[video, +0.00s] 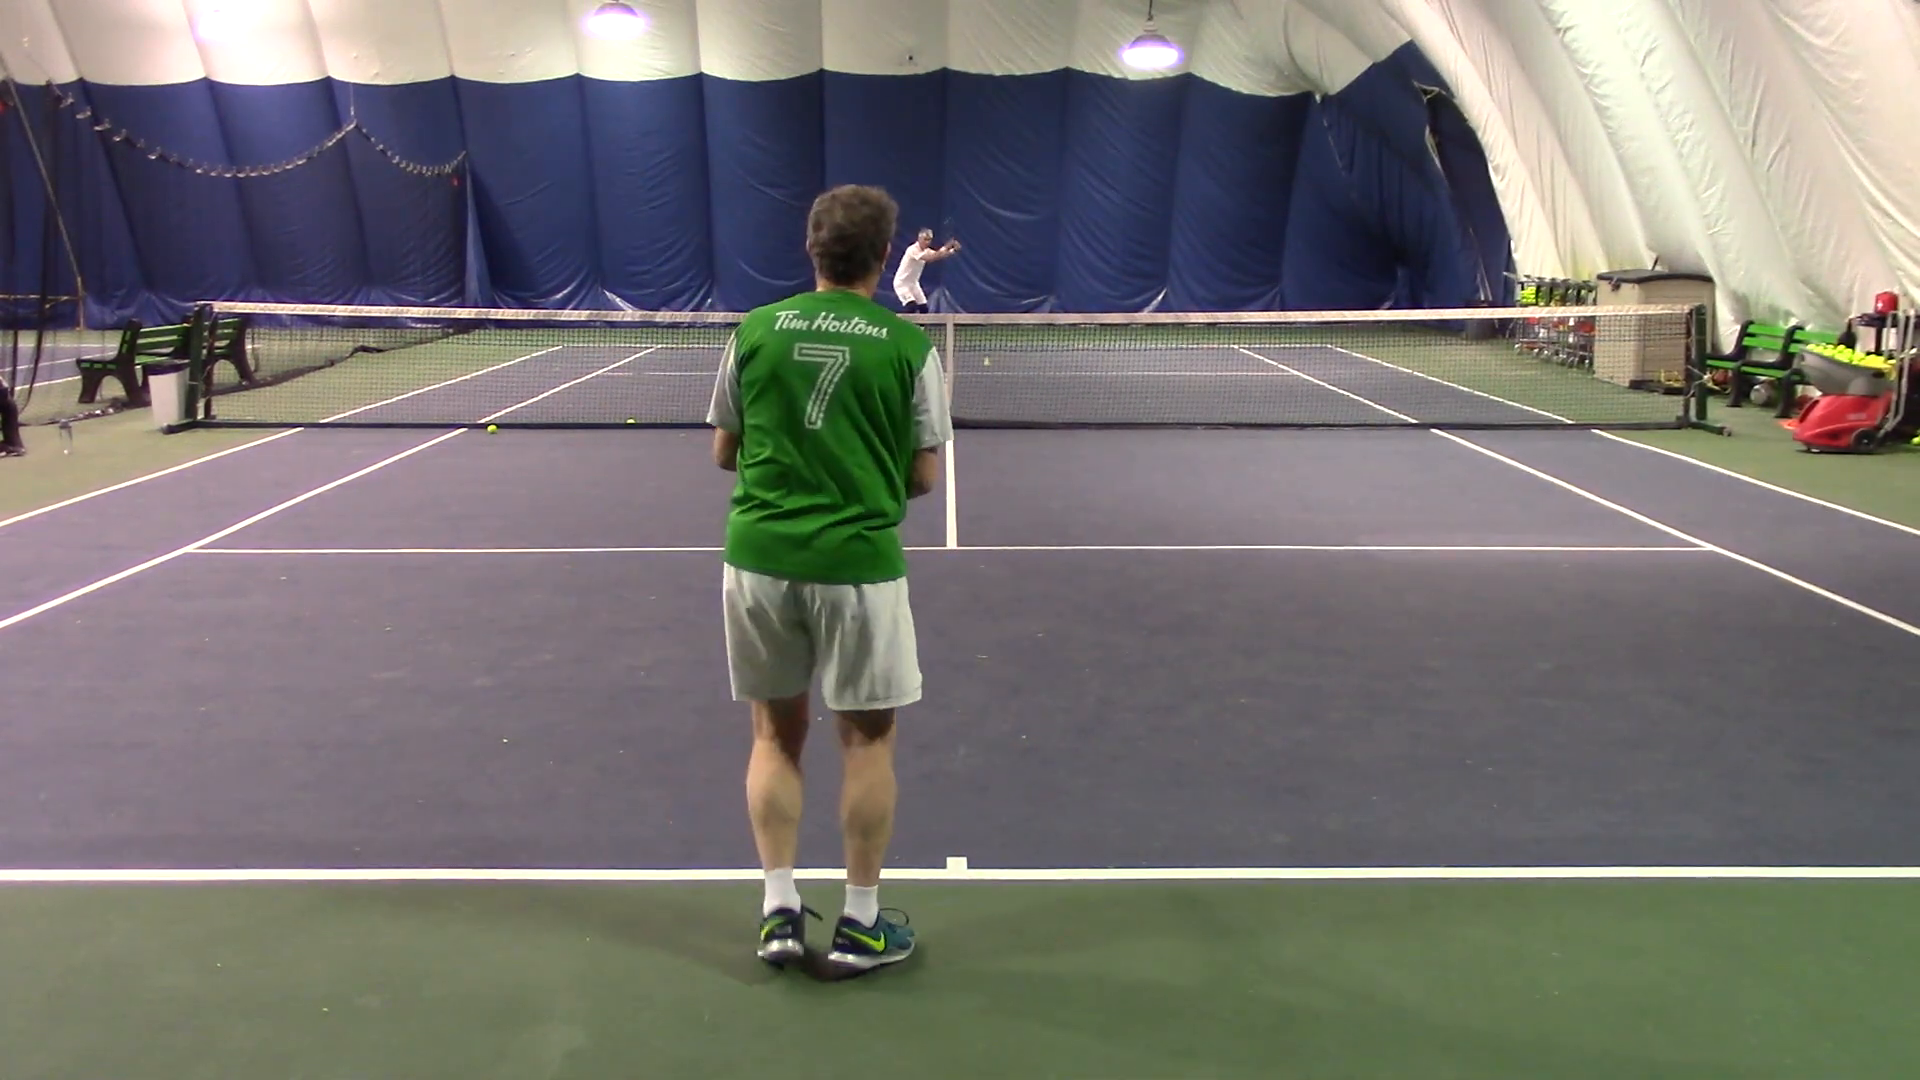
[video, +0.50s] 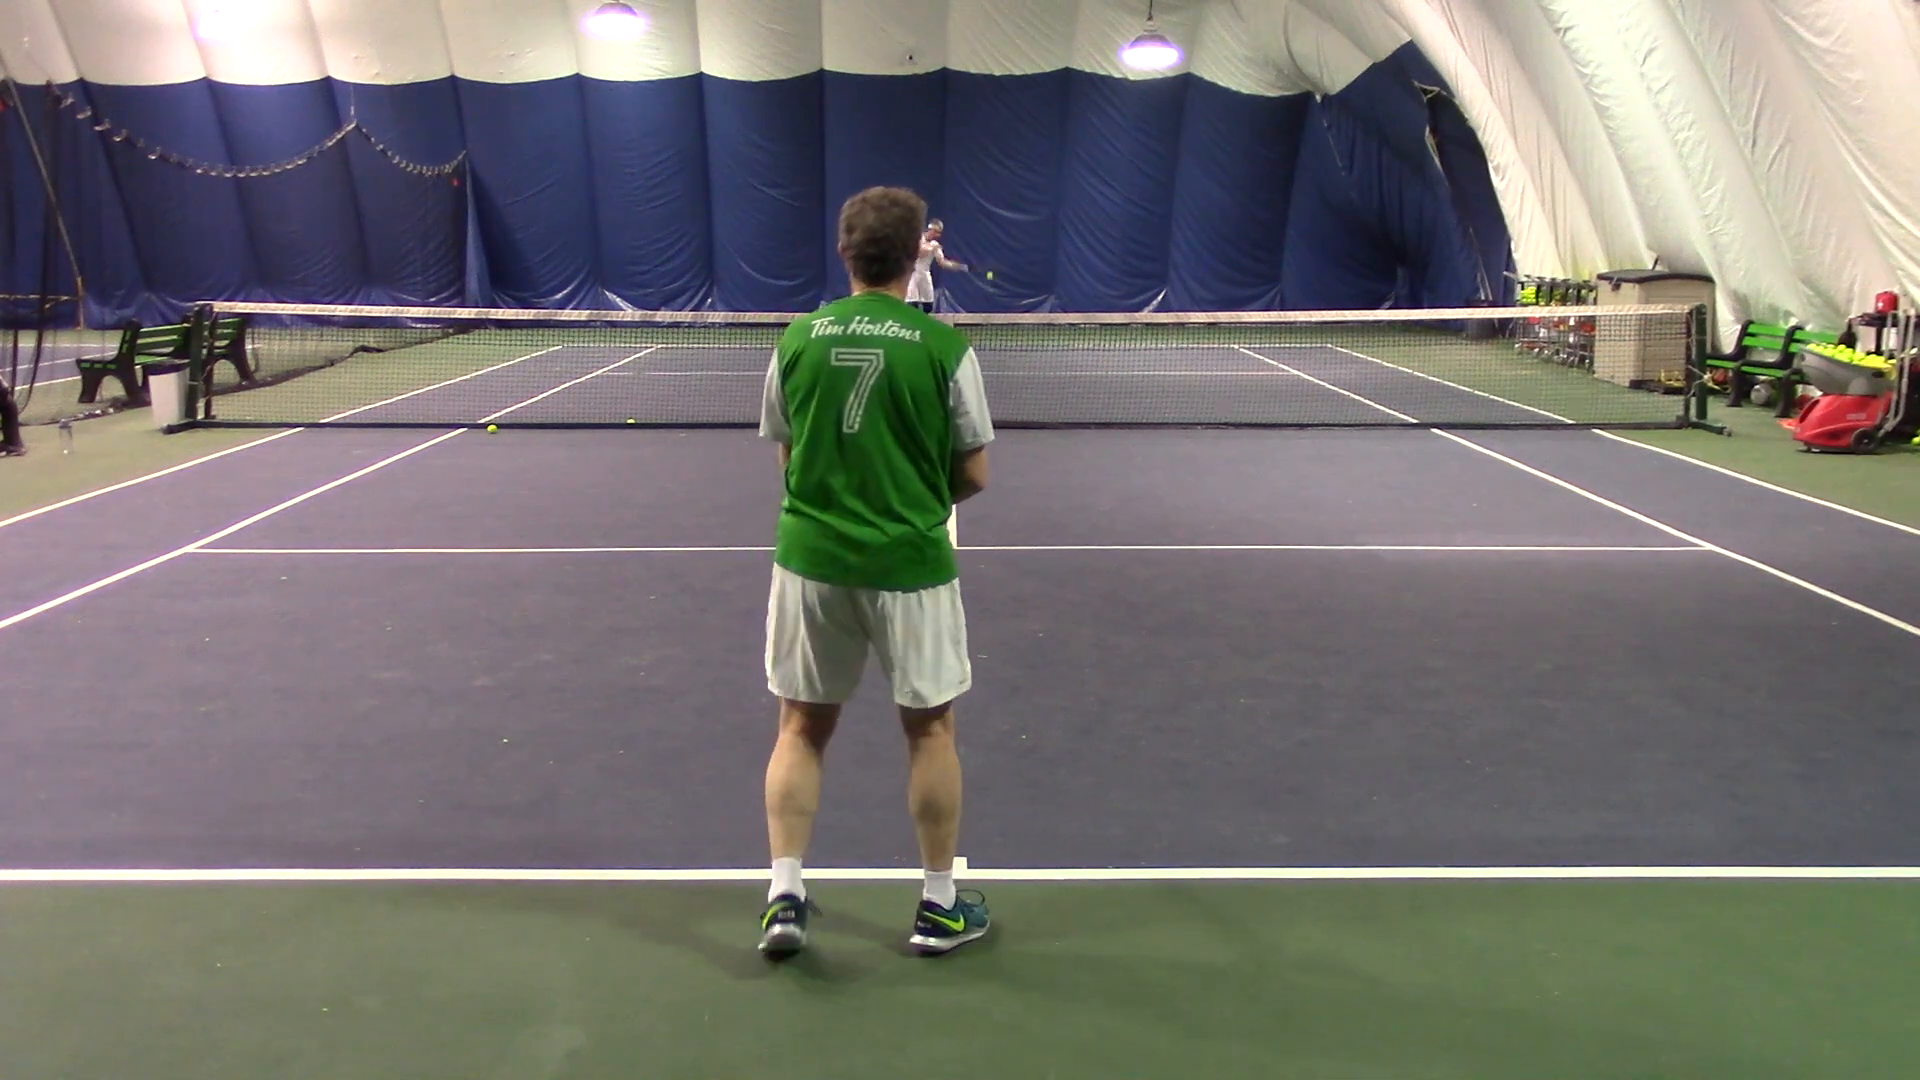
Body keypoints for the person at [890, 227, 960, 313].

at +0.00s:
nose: (927, 243)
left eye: (929, 240)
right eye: (925, 240)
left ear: (930, 241)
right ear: (919, 239)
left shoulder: (926, 251)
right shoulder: (912, 250)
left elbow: (937, 255)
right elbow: (927, 257)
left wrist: (951, 251)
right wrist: (946, 247)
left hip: (914, 282)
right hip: (902, 282)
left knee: (923, 307)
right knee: (911, 304)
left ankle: (921, 329)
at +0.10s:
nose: (932, 245)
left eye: (934, 242)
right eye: (930, 242)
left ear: (935, 243)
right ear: (923, 241)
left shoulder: (926, 252)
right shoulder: (916, 252)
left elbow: (937, 260)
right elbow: (934, 260)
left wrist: (951, 255)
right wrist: (944, 249)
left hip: (914, 284)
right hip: (903, 283)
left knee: (925, 309)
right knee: (912, 306)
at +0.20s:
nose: (936, 247)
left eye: (938, 244)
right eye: (934, 243)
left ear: (939, 245)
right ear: (927, 243)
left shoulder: (927, 254)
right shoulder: (920, 253)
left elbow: (935, 266)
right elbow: (935, 266)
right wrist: (942, 255)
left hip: (916, 285)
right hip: (905, 284)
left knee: (925, 308)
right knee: (915, 307)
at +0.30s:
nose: (937, 245)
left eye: (939, 243)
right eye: (935, 242)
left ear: (941, 244)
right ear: (930, 240)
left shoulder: (931, 253)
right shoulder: (920, 251)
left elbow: (930, 270)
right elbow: (931, 267)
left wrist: (943, 275)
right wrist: (941, 259)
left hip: (918, 283)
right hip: (906, 282)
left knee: (924, 308)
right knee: (915, 307)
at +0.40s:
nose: (938, 241)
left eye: (940, 238)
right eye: (936, 237)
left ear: (941, 239)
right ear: (930, 235)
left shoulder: (934, 251)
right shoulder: (917, 245)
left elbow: (938, 270)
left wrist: (950, 279)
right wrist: (935, 257)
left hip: (921, 280)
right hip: (908, 278)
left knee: (923, 307)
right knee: (915, 306)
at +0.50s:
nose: (937, 235)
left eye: (939, 233)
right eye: (935, 231)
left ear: (940, 234)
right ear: (930, 229)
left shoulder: (935, 245)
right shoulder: (917, 239)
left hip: (925, 273)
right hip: (914, 273)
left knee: (927, 304)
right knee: (912, 303)